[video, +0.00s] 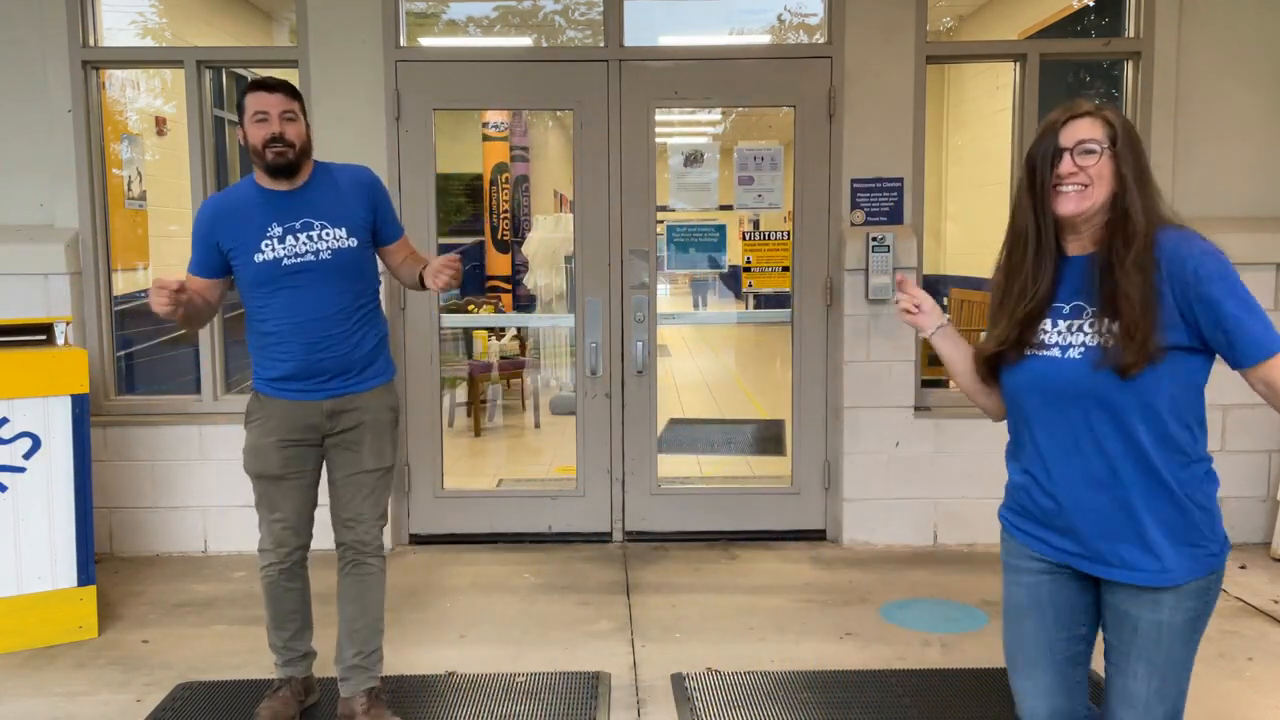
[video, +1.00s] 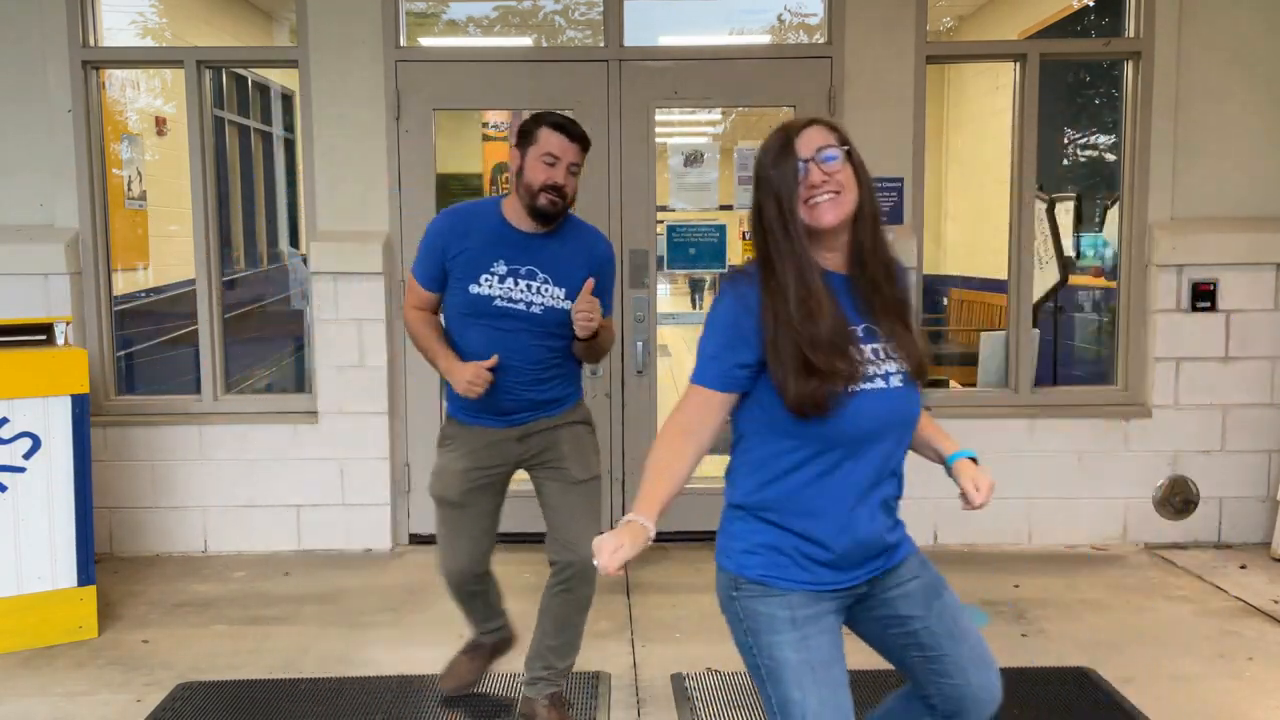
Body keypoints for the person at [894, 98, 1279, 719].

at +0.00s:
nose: (1067, 166)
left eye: (1088, 152)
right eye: (1054, 155)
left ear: (1123, 170)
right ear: (1037, 176)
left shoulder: (1178, 260)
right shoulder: (1030, 272)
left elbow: (1271, 376)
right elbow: (999, 399)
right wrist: (938, 328)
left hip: (1160, 550)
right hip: (1040, 540)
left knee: (1141, 710)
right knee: (1042, 708)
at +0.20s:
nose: (1054, 191)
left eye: (1074, 177)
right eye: (1041, 179)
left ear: (1106, 194)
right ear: (1023, 200)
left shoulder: (1169, 283)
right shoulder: (1020, 301)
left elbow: (1265, 393)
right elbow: (988, 427)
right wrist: (929, 355)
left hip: (1169, 581)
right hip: (1048, 573)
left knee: (1146, 712)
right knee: (1040, 711)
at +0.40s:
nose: (1038, 182)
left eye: (1055, 166)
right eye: (1022, 173)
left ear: (1089, 180)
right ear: (1009, 197)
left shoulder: (1168, 279)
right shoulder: (990, 294)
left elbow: (1247, 394)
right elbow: (946, 411)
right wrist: (862, 402)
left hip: (1160, 559)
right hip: (1024, 550)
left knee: (1163, 712)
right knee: (981, 708)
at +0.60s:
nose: (967, 173)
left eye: (983, 152)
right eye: (953, 169)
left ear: (1031, 153)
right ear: (951, 195)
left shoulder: (1125, 257)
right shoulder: (946, 275)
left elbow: (1164, 396)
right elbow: (900, 406)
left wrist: (1200, 360)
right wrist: (798, 455)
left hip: (1100, 544)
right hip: (969, 535)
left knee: (1138, 711)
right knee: (934, 709)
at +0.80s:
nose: (907, 194)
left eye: (920, 177)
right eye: (888, 190)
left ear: (953, 191)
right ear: (872, 219)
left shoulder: (1008, 301)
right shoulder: (848, 315)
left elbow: (1033, 416)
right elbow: (809, 445)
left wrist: (1069, 428)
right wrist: (730, 512)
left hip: (1001, 581)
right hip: (872, 585)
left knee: (1064, 710)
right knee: (877, 711)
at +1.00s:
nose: (816, 174)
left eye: (829, 157)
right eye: (795, 168)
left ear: (858, 174)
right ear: (778, 198)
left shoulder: (881, 287)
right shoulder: (752, 293)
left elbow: (890, 399)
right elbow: (694, 419)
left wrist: (953, 455)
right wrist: (641, 518)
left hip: (879, 551)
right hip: (777, 567)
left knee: (971, 690)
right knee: (819, 711)